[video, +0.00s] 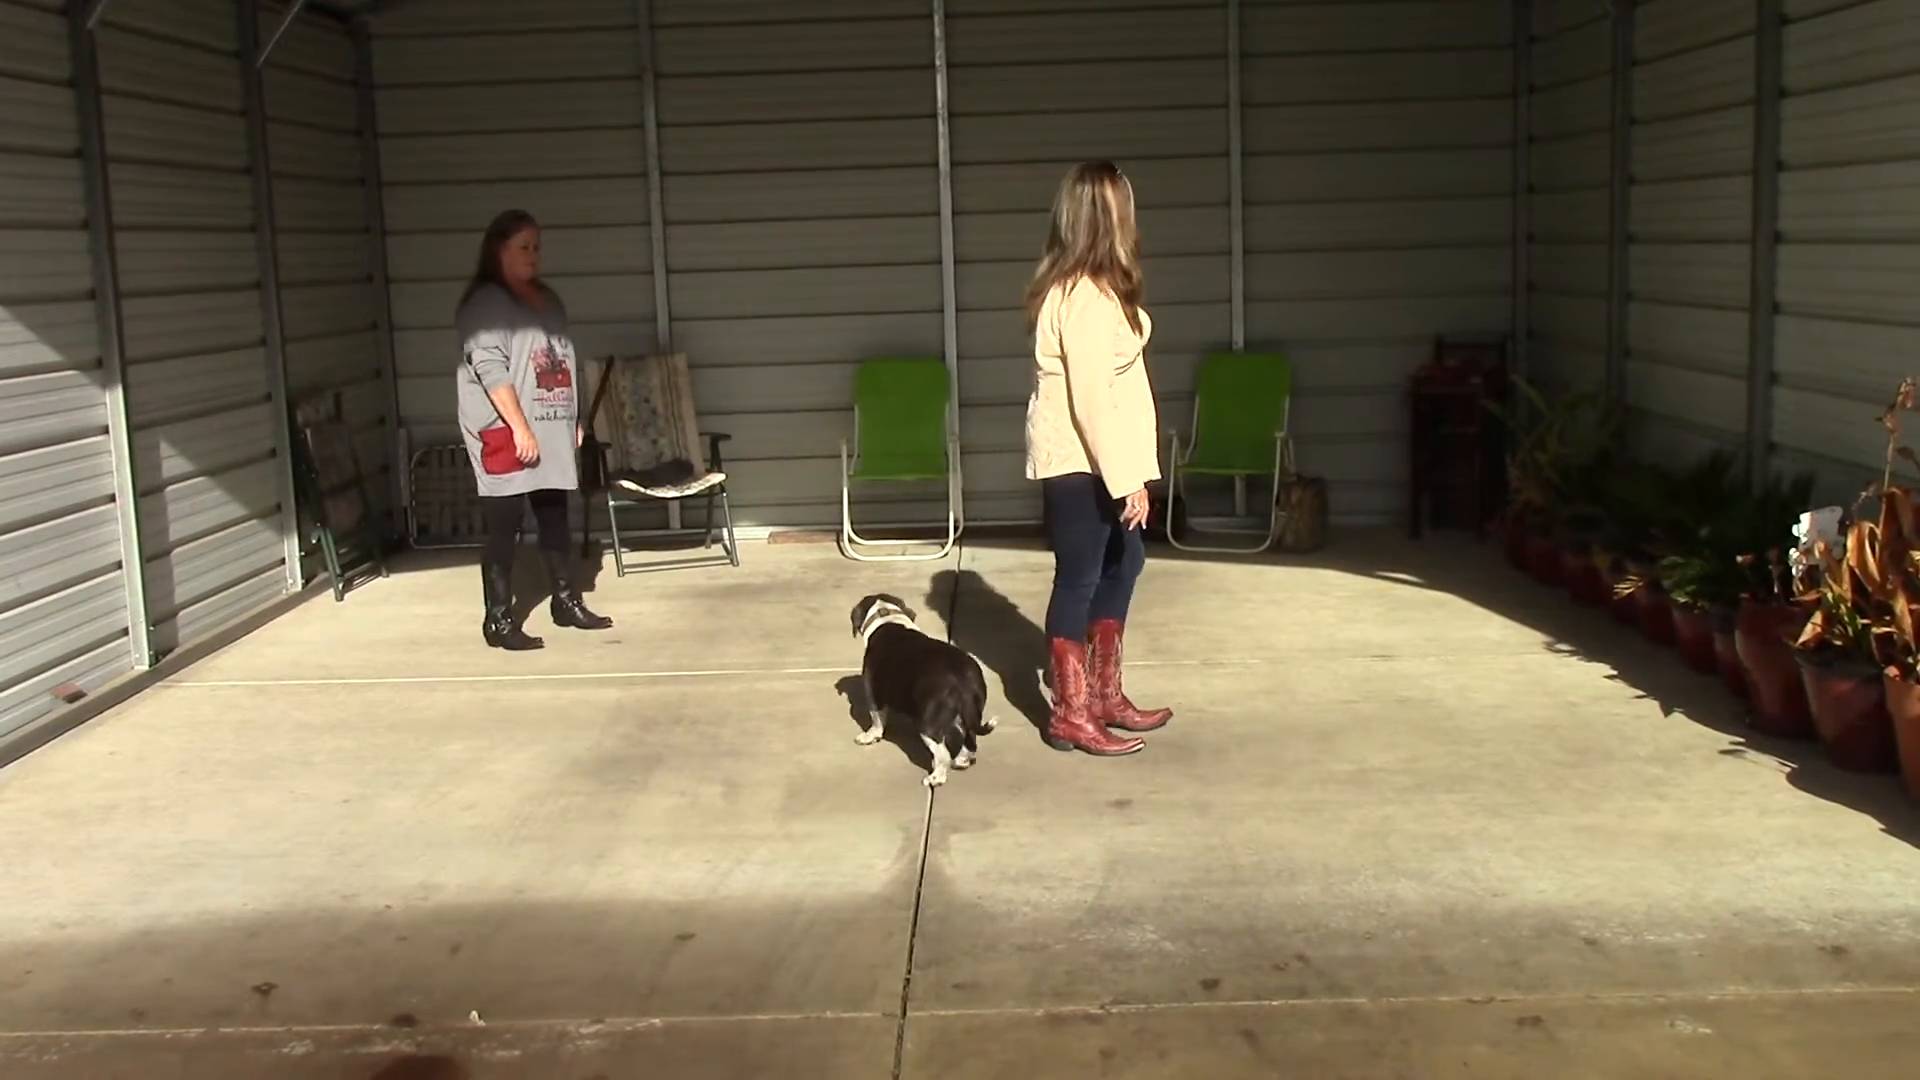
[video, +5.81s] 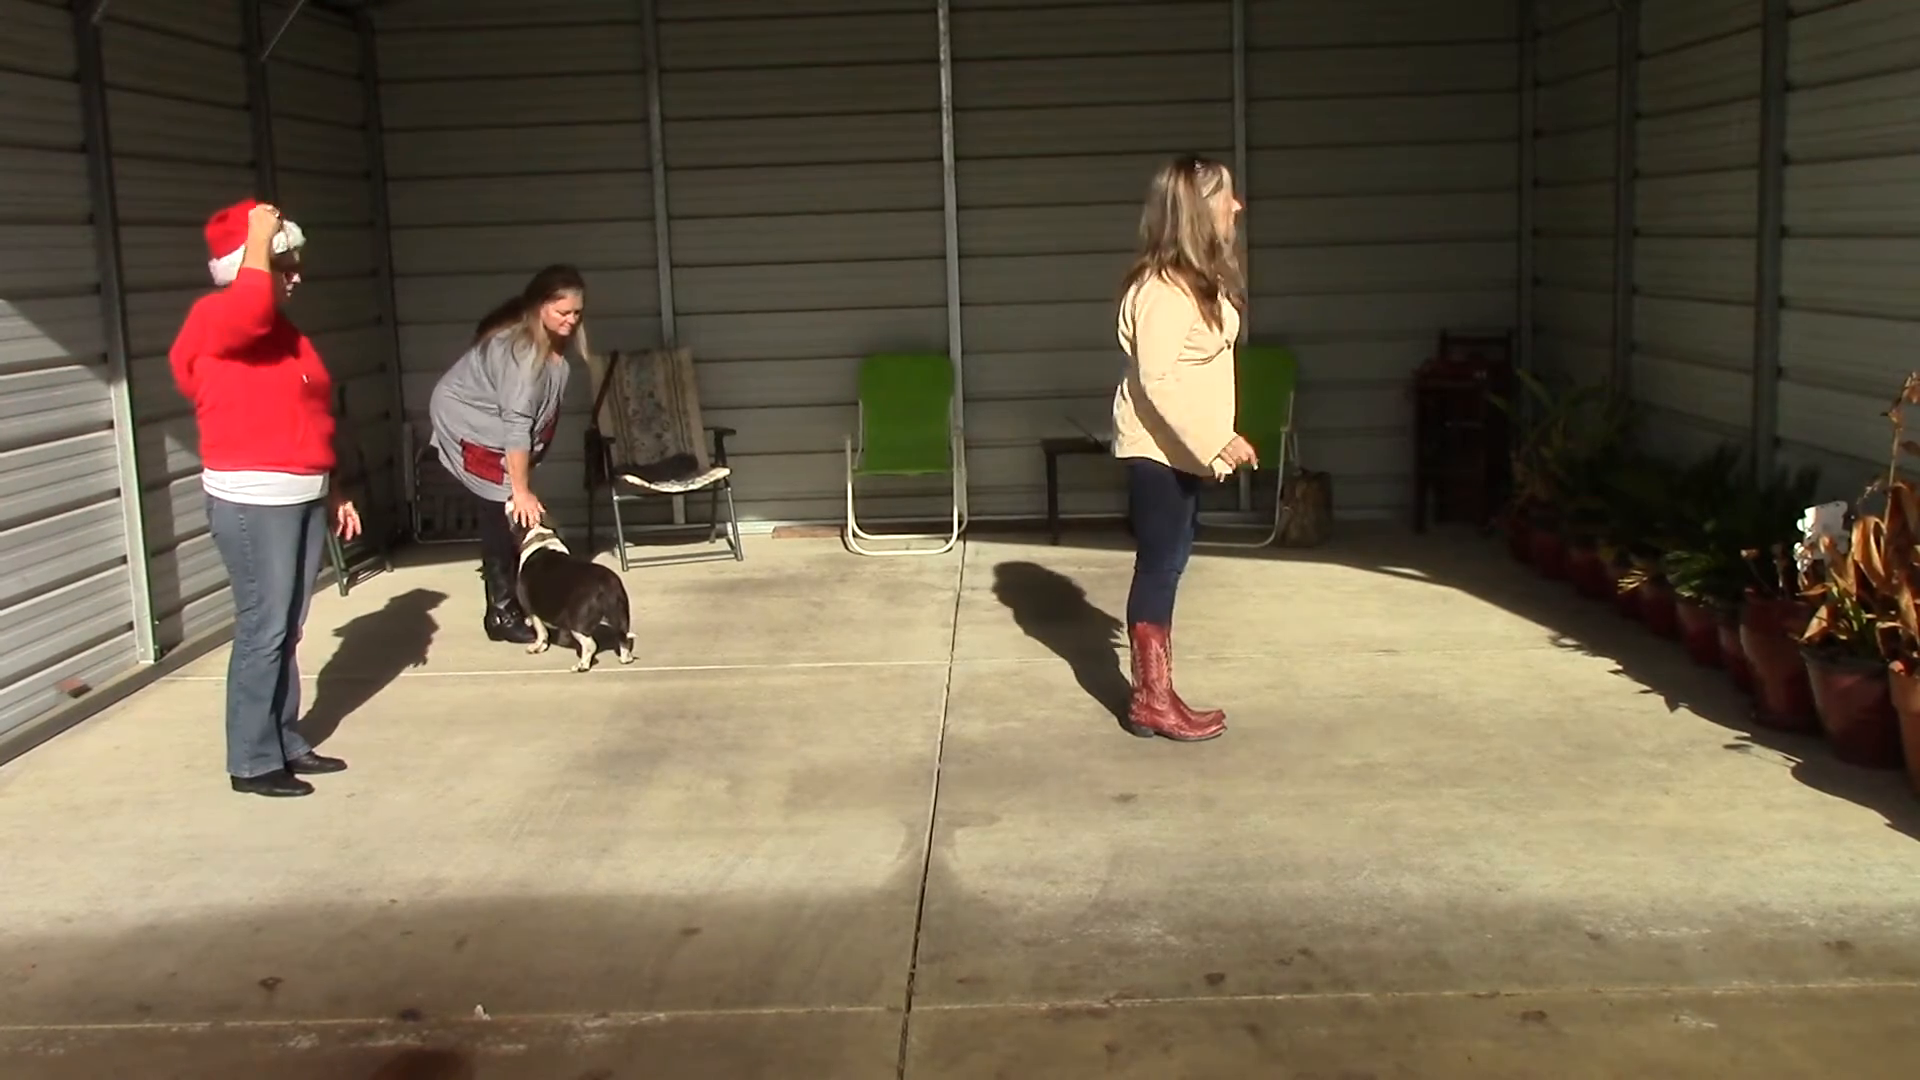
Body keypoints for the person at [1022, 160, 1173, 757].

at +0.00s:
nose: (1134, 221)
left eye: (1129, 209)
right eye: (1128, 211)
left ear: (1072, 217)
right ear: (1116, 218)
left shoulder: (1096, 289)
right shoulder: (1083, 294)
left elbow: (1118, 395)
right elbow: (1091, 402)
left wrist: (1139, 472)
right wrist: (1125, 482)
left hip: (1102, 453)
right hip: (1074, 457)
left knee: (1124, 559)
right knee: (1080, 571)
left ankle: (1103, 697)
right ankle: (1069, 714)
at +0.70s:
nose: (1178, 217)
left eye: (1174, 205)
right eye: (1171, 207)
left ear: (1117, 214)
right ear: (1153, 215)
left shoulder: (1127, 282)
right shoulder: (1134, 290)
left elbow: (1151, 387)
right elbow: (1143, 391)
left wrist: (1182, 462)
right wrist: (1176, 469)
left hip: (1137, 451)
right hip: (1132, 453)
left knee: (1152, 566)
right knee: (1151, 569)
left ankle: (1147, 696)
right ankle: (1084, 698)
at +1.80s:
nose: (1216, 203)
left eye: (1213, 194)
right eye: (1207, 195)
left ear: (1165, 206)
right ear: (1182, 205)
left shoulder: (1146, 274)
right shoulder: (1171, 276)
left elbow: (1167, 364)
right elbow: (1174, 363)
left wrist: (1227, 386)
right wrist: (1230, 395)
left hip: (1151, 438)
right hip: (1170, 441)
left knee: (1161, 560)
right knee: (1173, 560)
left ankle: (1149, 693)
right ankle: (1154, 698)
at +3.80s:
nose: (1214, 210)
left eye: (1213, 198)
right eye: (1207, 200)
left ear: (1161, 206)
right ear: (1182, 206)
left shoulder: (1151, 273)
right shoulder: (1164, 280)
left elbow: (1160, 379)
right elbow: (1167, 383)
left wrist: (1189, 455)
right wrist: (1184, 465)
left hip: (1149, 445)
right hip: (1162, 448)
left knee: (1158, 559)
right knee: (1179, 560)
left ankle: (1149, 692)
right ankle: (1154, 696)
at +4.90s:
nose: (1173, 257)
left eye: (1184, 247)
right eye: (1164, 245)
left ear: (1199, 241)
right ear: (1145, 235)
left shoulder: (1202, 287)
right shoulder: (1123, 293)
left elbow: (1219, 359)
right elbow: (1096, 384)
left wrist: (1227, 422)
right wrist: (1096, 466)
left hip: (1187, 450)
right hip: (1142, 449)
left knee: (1166, 562)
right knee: (1158, 563)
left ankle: (1157, 695)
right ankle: (1149, 698)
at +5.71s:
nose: (1240, 210)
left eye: (1237, 199)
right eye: (1230, 201)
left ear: (1210, 211)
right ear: (1198, 213)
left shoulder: (1208, 283)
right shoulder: (1158, 291)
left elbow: (1206, 379)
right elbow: (1138, 385)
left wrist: (1219, 450)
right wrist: (1163, 464)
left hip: (1187, 453)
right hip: (1156, 455)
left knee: (1170, 562)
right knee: (1158, 563)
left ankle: (1158, 694)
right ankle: (1148, 698)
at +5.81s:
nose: (1239, 207)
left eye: (1235, 197)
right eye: (1229, 198)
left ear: (1205, 208)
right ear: (1200, 210)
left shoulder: (1202, 284)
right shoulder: (1162, 289)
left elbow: (1199, 378)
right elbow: (1156, 384)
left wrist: (1225, 436)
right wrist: (1206, 447)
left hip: (1181, 450)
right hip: (1154, 449)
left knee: (1169, 562)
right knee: (1159, 563)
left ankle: (1158, 694)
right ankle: (1149, 699)